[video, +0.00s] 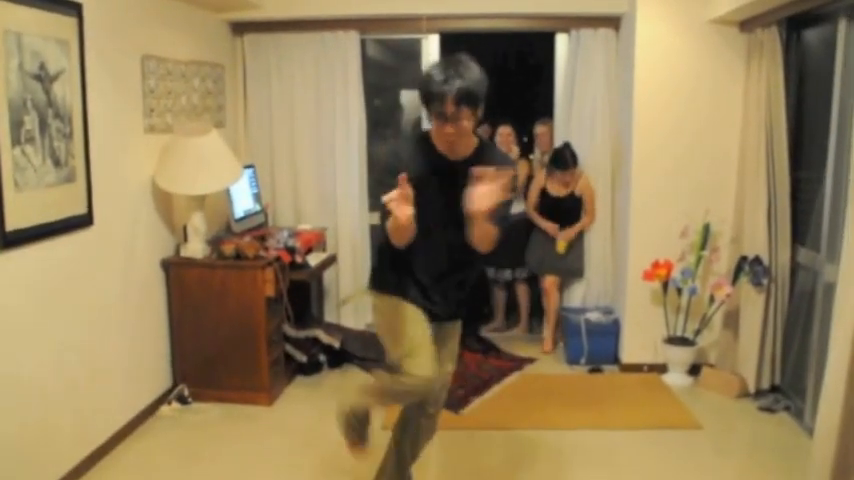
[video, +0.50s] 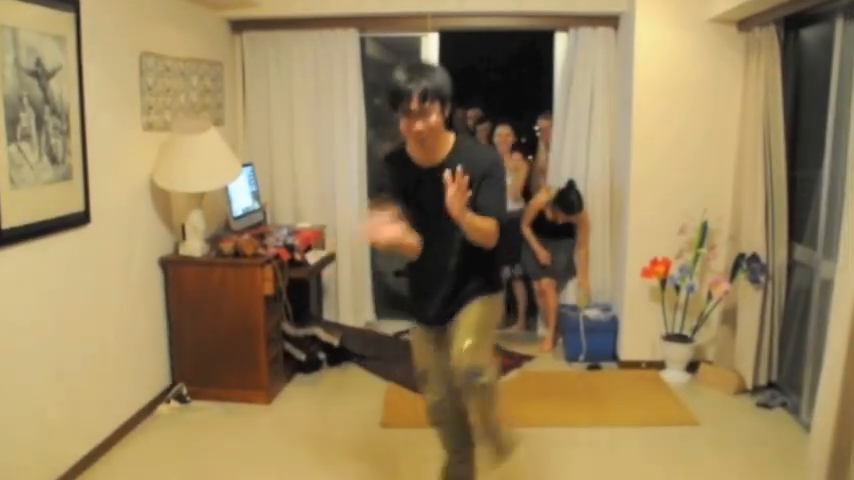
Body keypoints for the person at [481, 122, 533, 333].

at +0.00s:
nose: (505, 140)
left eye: (509, 135)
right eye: (501, 135)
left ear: (516, 139)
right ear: (494, 139)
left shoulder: (522, 164)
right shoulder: (491, 164)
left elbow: (519, 190)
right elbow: (485, 190)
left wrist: (513, 160)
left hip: (517, 218)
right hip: (494, 218)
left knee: (519, 276)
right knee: (497, 275)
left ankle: (523, 322)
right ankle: (498, 318)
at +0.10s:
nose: (504, 139)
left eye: (508, 134)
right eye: (500, 134)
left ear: (515, 137)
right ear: (494, 138)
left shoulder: (521, 162)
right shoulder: (493, 161)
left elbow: (514, 187)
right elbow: (488, 184)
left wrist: (506, 163)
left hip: (517, 217)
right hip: (495, 218)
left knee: (519, 275)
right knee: (497, 275)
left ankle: (523, 321)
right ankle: (498, 318)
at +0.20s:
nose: (504, 139)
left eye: (508, 135)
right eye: (500, 135)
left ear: (515, 139)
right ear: (495, 139)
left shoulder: (522, 164)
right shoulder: (488, 163)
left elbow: (516, 192)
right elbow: (483, 193)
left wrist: (499, 177)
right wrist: (494, 180)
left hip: (515, 219)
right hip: (493, 220)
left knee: (517, 274)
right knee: (496, 275)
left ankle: (522, 321)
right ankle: (498, 318)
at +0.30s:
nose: (504, 141)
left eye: (508, 137)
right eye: (500, 137)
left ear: (515, 140)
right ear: (495, 140)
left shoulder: (522, 165)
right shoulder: (488, 164)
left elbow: (520, 196)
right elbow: (483, 193)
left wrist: (504, 184)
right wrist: (498, 186)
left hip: (514, 218)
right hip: (492, 219)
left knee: (514, 273)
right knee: (494, 273)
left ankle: (522, 321)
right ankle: (498, 317)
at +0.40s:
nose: (503, 141)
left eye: (507, 137)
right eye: (499, 137)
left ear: (515, 140)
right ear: (494, 140)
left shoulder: (521, 165)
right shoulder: (487, 164)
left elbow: (520, 197)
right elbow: (483, 192)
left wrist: (506, 182)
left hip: (514, 218)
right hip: (493, 218)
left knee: (515, 273)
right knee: (494, 273)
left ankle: (522, 320)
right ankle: (498, 316)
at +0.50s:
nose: (502, 140)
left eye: (506, 136)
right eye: (499, 136)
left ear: (514, 139)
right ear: (493, 139)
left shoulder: (520, 163)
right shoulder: (490, 162)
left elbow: (516, 191)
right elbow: (485, 188)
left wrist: (505, 168)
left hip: (514, 215)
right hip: (493, 214)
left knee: (515, 270)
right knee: (495, 268)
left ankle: (521, 318)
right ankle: (497, 314)